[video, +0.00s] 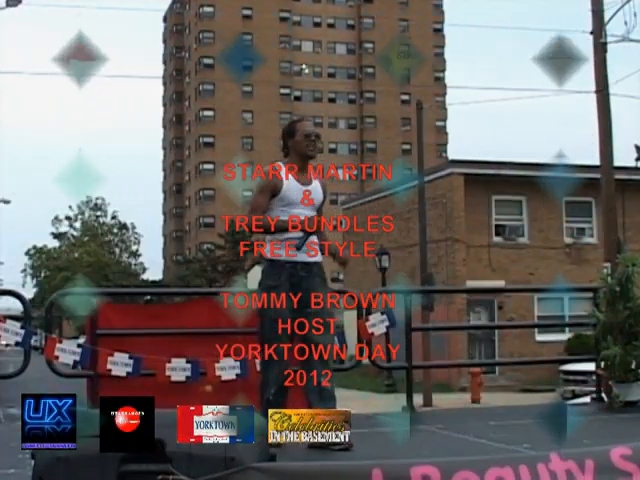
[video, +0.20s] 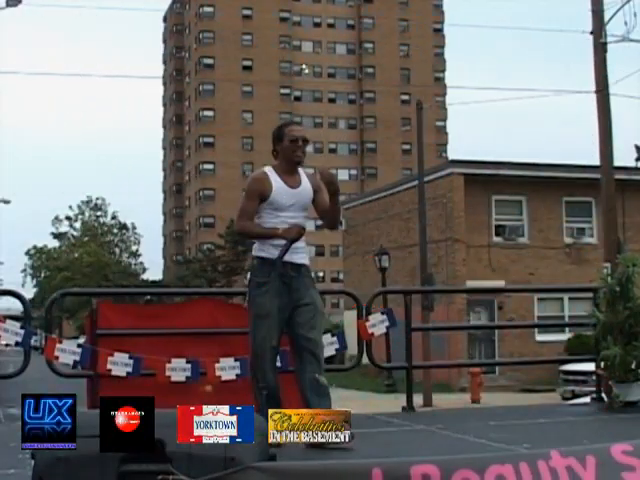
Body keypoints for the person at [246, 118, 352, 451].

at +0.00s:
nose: (314, 142)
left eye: (316, 137)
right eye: (307, 137)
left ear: (317, 144)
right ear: (288, 143)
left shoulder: (319, 184)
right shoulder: (275, 177)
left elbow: (316, 227)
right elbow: (251, 219)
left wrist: (334, 250)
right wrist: (290, 225)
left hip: (311, 269)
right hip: (279, 269)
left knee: (320, 342)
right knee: (277, 344)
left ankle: (325, 423)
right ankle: (273, 421)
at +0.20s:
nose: (300, 146)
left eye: (304, 142)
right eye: (293, 141)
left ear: (307, 147)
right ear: (277, 147)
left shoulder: (312, 180)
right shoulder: (261, 180)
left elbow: (332, 223)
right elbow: (242, 225)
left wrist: (335, 191)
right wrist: (279, 232)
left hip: (300, 272)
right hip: (267, 270)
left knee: (311, 346)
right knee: (265, 350)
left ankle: (321, 425)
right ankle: (269, 426)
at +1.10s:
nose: (337, 154)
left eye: (335, 149)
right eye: (332, 149)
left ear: (318, 154)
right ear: (316, 153)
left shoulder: (321, 185)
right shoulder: (301, 184)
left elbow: (319, 224)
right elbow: (287, 230)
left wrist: (336, 227)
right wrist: (329, 237)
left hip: (327, 266)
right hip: (308, 266)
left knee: (329, 339)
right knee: (314, 335)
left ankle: (316, 405)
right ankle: (294, 403)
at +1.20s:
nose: (346, 155)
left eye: (345, 150)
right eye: (342, 150)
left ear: (329, 153)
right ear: (327, 153)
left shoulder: (327, 185)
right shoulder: (306, 183)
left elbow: (324, 225)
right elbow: (289, 228)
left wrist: (339, 231)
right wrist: (330, 243)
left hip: (327, 264)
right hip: (309, 264)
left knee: (330, 334)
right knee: (321, 334)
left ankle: (318, 403)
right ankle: (314, 405)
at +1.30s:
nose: (355, 158)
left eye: (354, 153)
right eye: (351, 152)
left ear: (337, 155)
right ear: (337, 154)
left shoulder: (336, 189)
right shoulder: (311, 184)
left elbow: (335, 232)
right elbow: (292, 228)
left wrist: (343, 251)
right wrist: (322, 255)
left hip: (329, 265)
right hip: (312, 265)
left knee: (329, 339)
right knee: (324, 339)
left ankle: (319, 404)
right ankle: (330, 410)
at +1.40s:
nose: (359, 158)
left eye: (358, 153)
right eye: (356, 152)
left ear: (340, 154)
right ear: (343, 154)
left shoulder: (340, 186)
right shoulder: (317, 184)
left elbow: (338, 231)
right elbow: (299, 230)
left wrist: (349, 259)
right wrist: (310, 273)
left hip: (335, 268)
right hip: (319, 268)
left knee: (324, 346)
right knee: (331, 346)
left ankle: (314, 414)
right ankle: (357, 419)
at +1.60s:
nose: (372, 154)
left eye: (371, 149)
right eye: (369, 149)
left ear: (355, 152)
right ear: (356, 151)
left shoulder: (356, 184)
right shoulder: (332, 181)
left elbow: (349, 235)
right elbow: (304, 228)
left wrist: (359, 273)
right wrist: (298, 276)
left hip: (347, 267)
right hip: (330, 266)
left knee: (334, 347)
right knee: (348, 345)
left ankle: (314, 416)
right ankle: (360, 423)